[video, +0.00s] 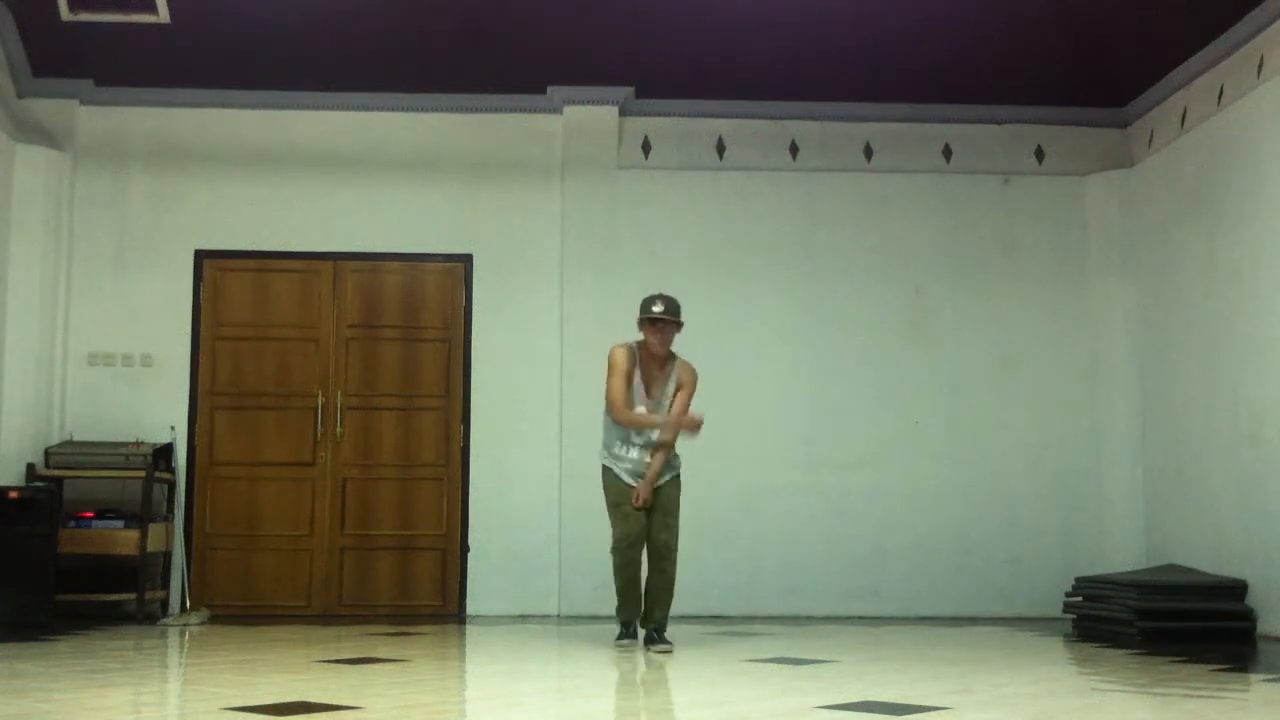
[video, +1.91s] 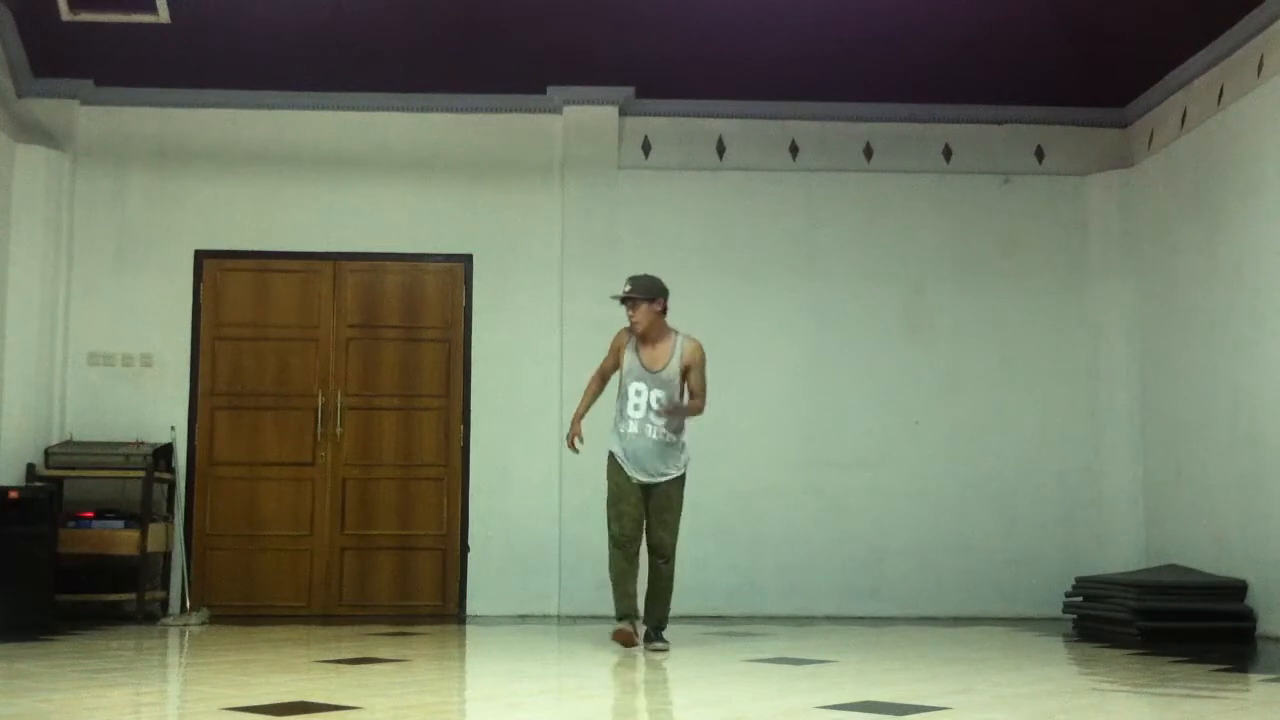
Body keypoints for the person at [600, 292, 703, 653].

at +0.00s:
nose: (659, 331)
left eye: (666, 325)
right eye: (652, 324)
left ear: (677, 330)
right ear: (641, 326)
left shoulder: (685, 373)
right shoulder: (622, 356)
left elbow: (670, 432)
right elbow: (619, 414)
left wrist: (650, 479)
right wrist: (674, 422)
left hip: (665, 469)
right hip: (621, 466)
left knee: (664, 546)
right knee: (628, 540)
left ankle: (656, 626)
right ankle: (628, 621)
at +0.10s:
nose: (654, 328)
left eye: (662, 322)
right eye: (648, 321)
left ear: (673, 326)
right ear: (637, 324)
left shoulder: (686, 365)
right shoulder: (619, 356)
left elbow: (675, 424)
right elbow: (616, 419)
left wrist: (658, 475)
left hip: (666, 468)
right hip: (621, 467)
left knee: (662, 547)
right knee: (627, 544)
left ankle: (656, 628)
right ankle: (630, 624)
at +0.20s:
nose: (647, 321)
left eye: (654, 315)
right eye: (640, 315)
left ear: (666, 318)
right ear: (630, 318)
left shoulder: (684, 356)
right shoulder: (614, 354)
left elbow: (678, 416)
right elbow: (603, 410)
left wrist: (663, 470)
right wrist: (593, 464)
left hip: (666, 466)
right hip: (621, 466)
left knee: (662, 548)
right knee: (625, 544)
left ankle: (657, 628)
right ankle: (629, 623)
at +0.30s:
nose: (640, 315)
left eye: (647, 308)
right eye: (632, 309)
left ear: (659, 312)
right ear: (622, 313)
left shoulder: (679, 349)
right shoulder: (607, 353)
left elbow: (681, 410)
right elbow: (582, 406)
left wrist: (665, 462)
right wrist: (558, 454)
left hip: (666, 464)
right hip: (621, 464)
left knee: (662, 548)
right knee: (623, 545)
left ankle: (656, 628)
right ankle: (624, 627)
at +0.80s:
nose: (633, 311)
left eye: (640, 305)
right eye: (626, 304)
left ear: (651, 308)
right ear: (617, 308)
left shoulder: (668, 344)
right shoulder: (598, 353)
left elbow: (680, 392)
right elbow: (598, 411)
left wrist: (669, 436)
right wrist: (602, 463)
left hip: (652, 459)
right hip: (611, 462)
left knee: (651, 539)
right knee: (615, 546)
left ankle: (647, 618)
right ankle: (623, 627)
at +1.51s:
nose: (653, 306)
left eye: (661, 300)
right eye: (647, 299)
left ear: (676, 306)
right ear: (639, 304)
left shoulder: (686, 358)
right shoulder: (621, 335)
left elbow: (681, 409)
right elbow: (576, 363)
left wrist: (679, 447)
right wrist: (594, 407)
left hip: (661, 464)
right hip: (617, 459)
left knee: (659, 548)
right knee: (620, 547)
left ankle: (654, 623)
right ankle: (626, 626)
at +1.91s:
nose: (628, 312)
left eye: (634, 306)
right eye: (626, 306)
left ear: (659, 306)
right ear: (628, 309)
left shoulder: (689, 349)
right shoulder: (624, 341)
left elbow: (698, 404)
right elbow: (601, 377)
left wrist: (676, 410)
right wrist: (578, 417)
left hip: (668, 467)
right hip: (624, 462)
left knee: (662, 550)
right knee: (623, 540)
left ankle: (655, 628)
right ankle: (626, 623)